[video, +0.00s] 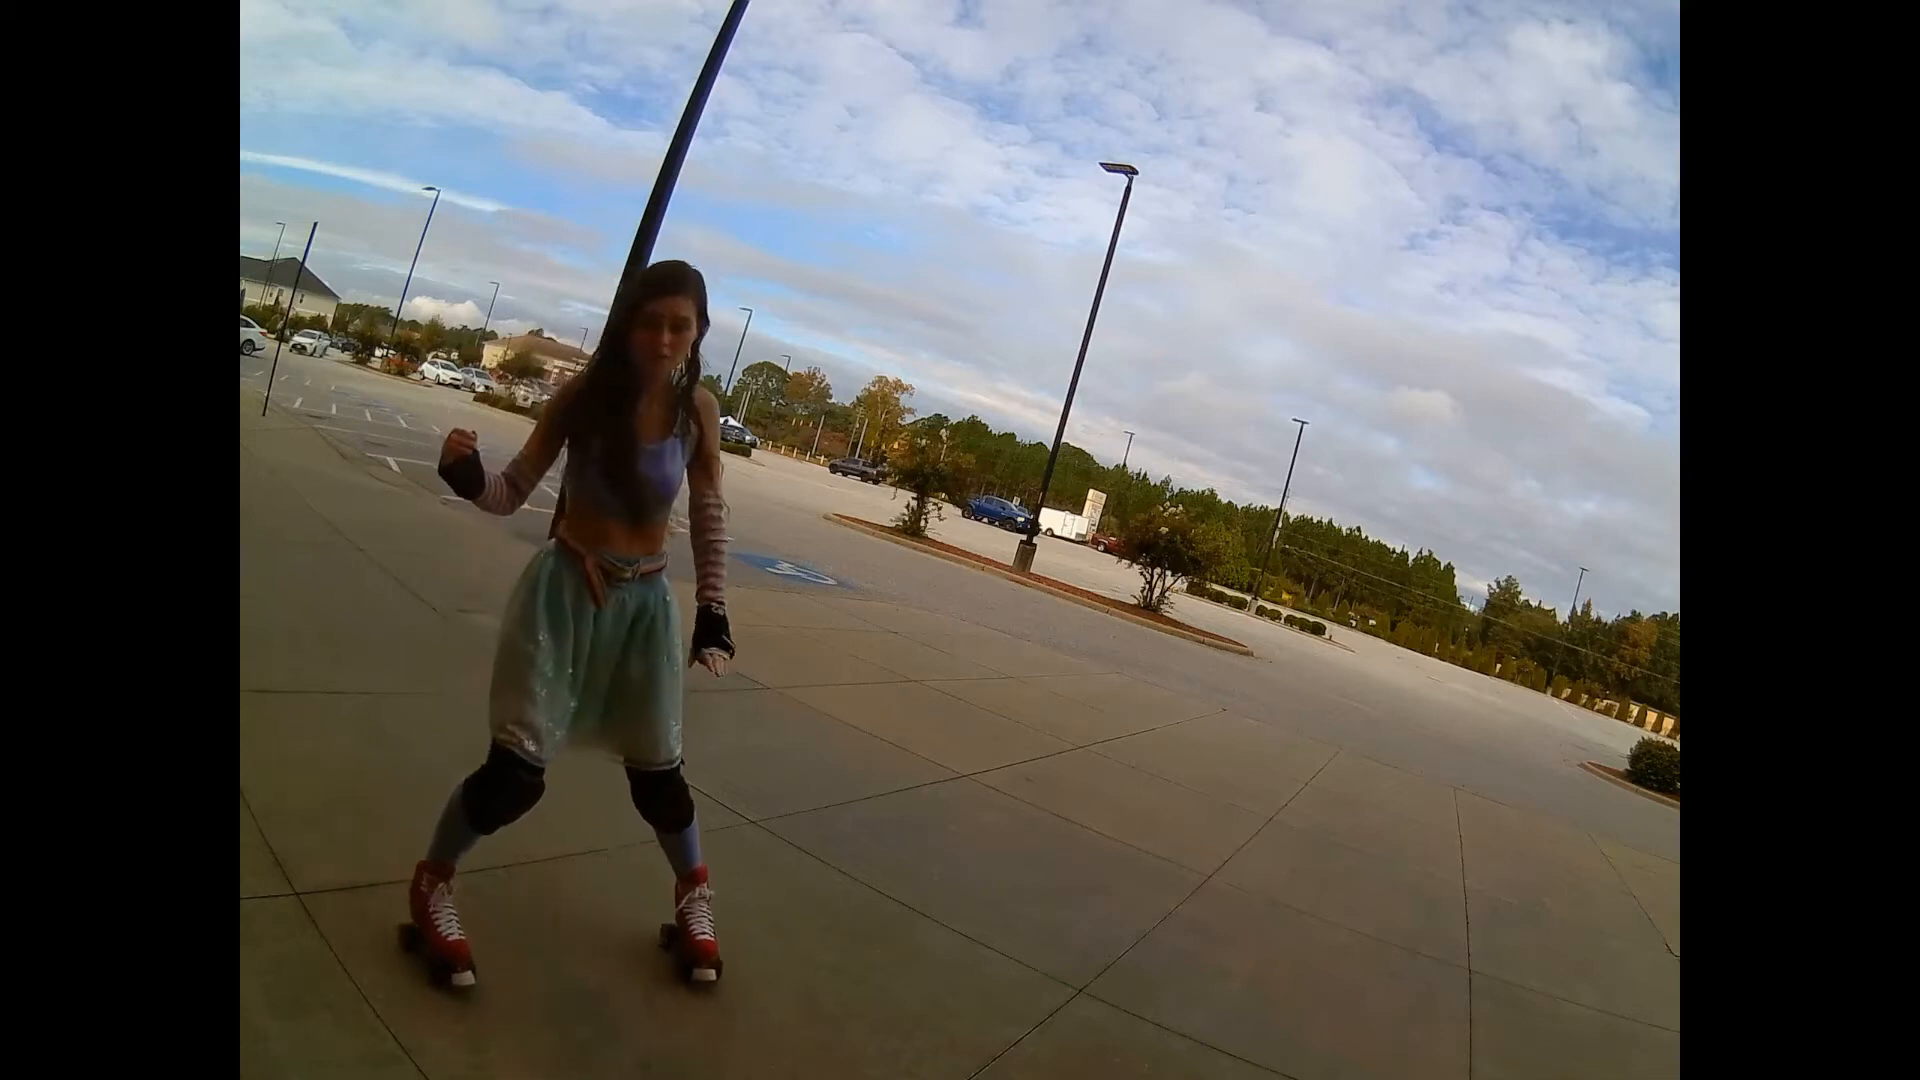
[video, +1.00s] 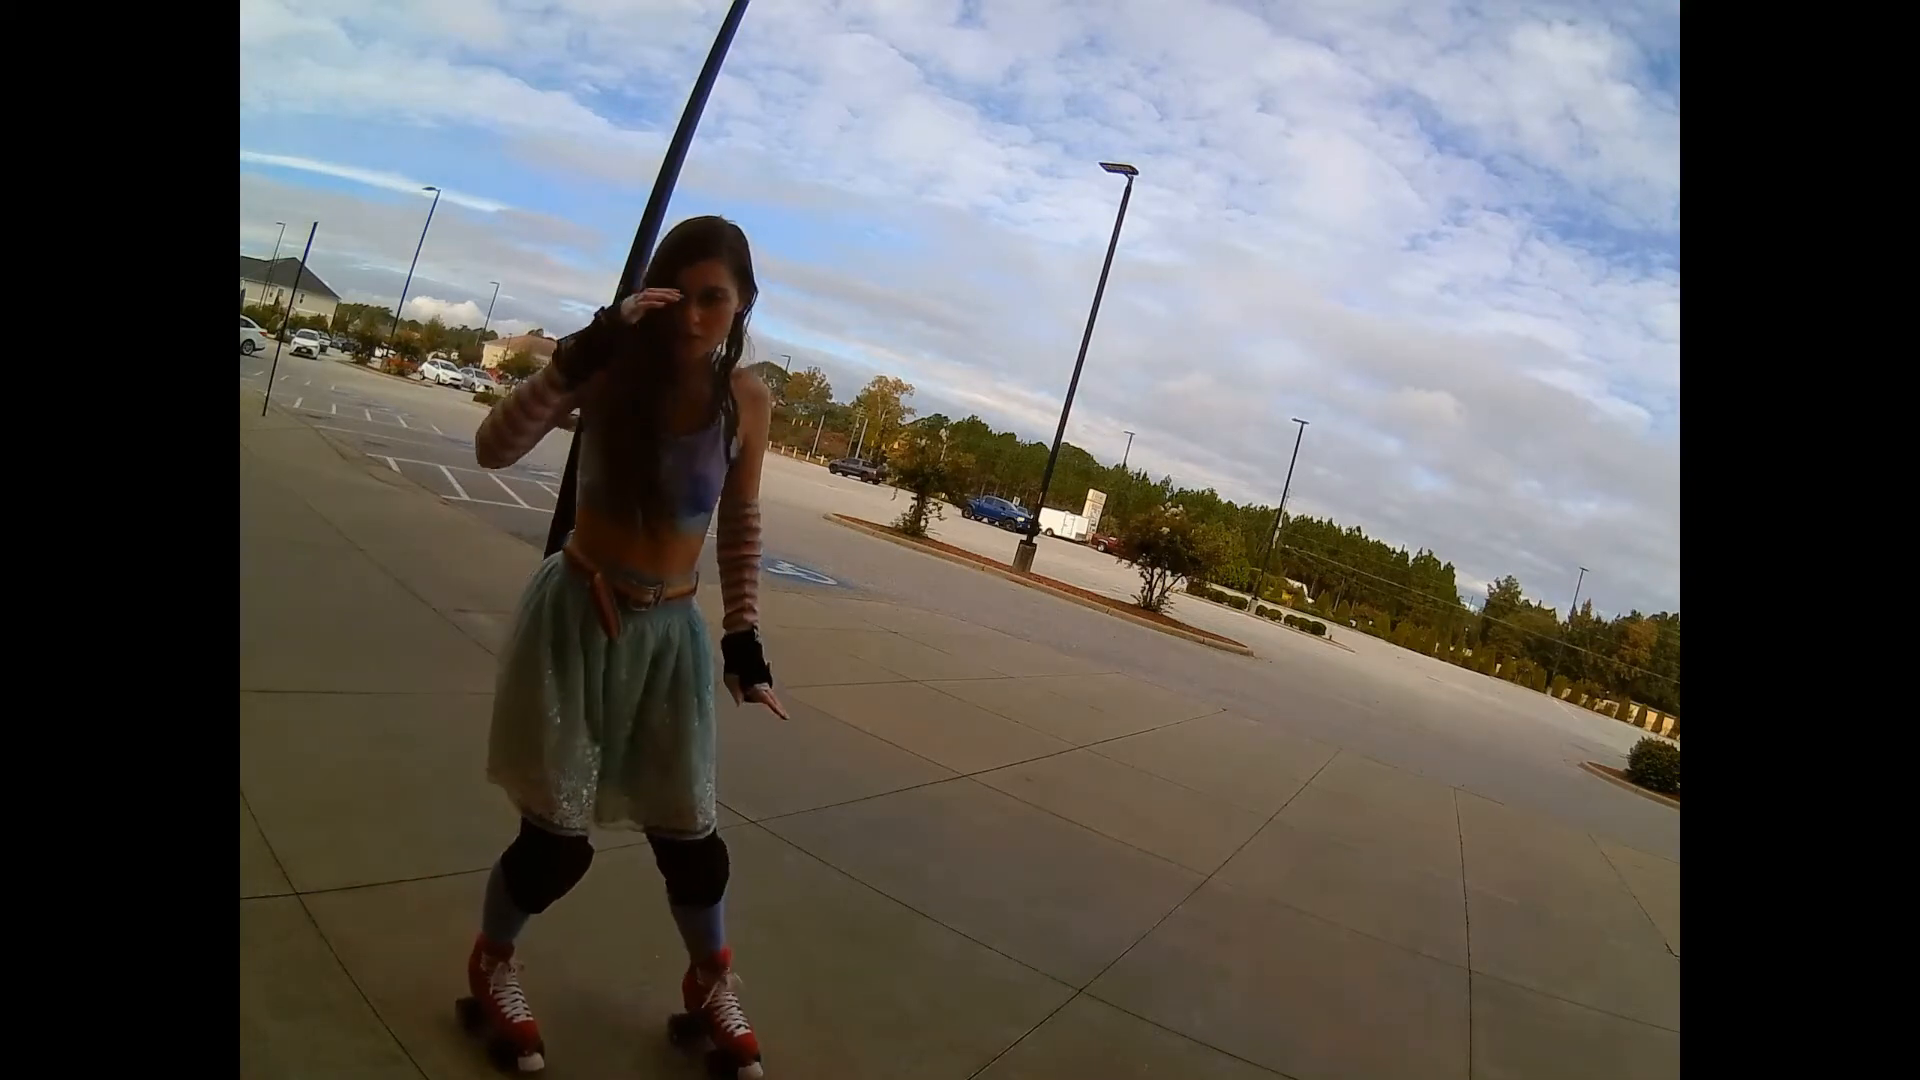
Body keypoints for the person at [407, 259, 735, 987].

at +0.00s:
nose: (665, 340)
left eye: (681, 327)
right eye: (652, 323)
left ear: (698, 336)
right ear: (625, 324)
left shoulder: (696, 411)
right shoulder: (584, 392)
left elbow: (709, 515)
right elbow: (508, 493)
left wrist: (712, 607)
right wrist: (471, 477)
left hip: (644, 601)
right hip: (562, 589)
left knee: (660, 780)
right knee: (516, 776)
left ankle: (694, 894)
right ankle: (432, 881)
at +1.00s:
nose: (693, 313)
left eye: (714, 299)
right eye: (680, 294)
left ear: (741, 307)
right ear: (653, 293)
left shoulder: (744, 399)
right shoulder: (607, 363)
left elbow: (741, 523)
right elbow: (495, 449)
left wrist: (742, 634)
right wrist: (593, 348)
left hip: (672, 629)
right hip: (574, 615)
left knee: (694, 848)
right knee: (557, 847)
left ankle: (711, 990)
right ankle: (491, 964)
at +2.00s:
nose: (782, 316)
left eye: (805, 301)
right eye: (768, 292)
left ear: (825, 313)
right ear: (734, 289)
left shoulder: (816, 408)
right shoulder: (681, 364)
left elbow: (800, 530)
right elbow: (567, 407)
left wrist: (804, 628)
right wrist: (636, 340)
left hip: (734, 628)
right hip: (637, 611)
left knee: (697, 835)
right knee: (584, 835)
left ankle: (656, 971)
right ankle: (535, 991)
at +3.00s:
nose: (748, 320)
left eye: (775, 299)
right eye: (730, 293)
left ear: (809, 312)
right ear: (702, 293)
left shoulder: (803, 408)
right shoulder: (638, 382)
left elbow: (769, 566)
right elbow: (530, 510)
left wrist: (731, 450)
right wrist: (518, 441)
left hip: (707, 649)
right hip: (607, 638)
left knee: (683, 867)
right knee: (585, 897)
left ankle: (654, 973)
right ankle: (536, 1041)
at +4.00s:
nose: (834, 301)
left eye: (859, 283)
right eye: (814, 279)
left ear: (888, 307)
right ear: (780, 289)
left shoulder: (878, 411)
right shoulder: (715, 374)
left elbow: (864, 500)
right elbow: (575, 445)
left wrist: (833, 593)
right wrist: (560, 588)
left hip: (768, 673)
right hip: (665, 651)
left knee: (741, 902)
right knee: (603, 907)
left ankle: (717, 1038)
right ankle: (535, 1044)